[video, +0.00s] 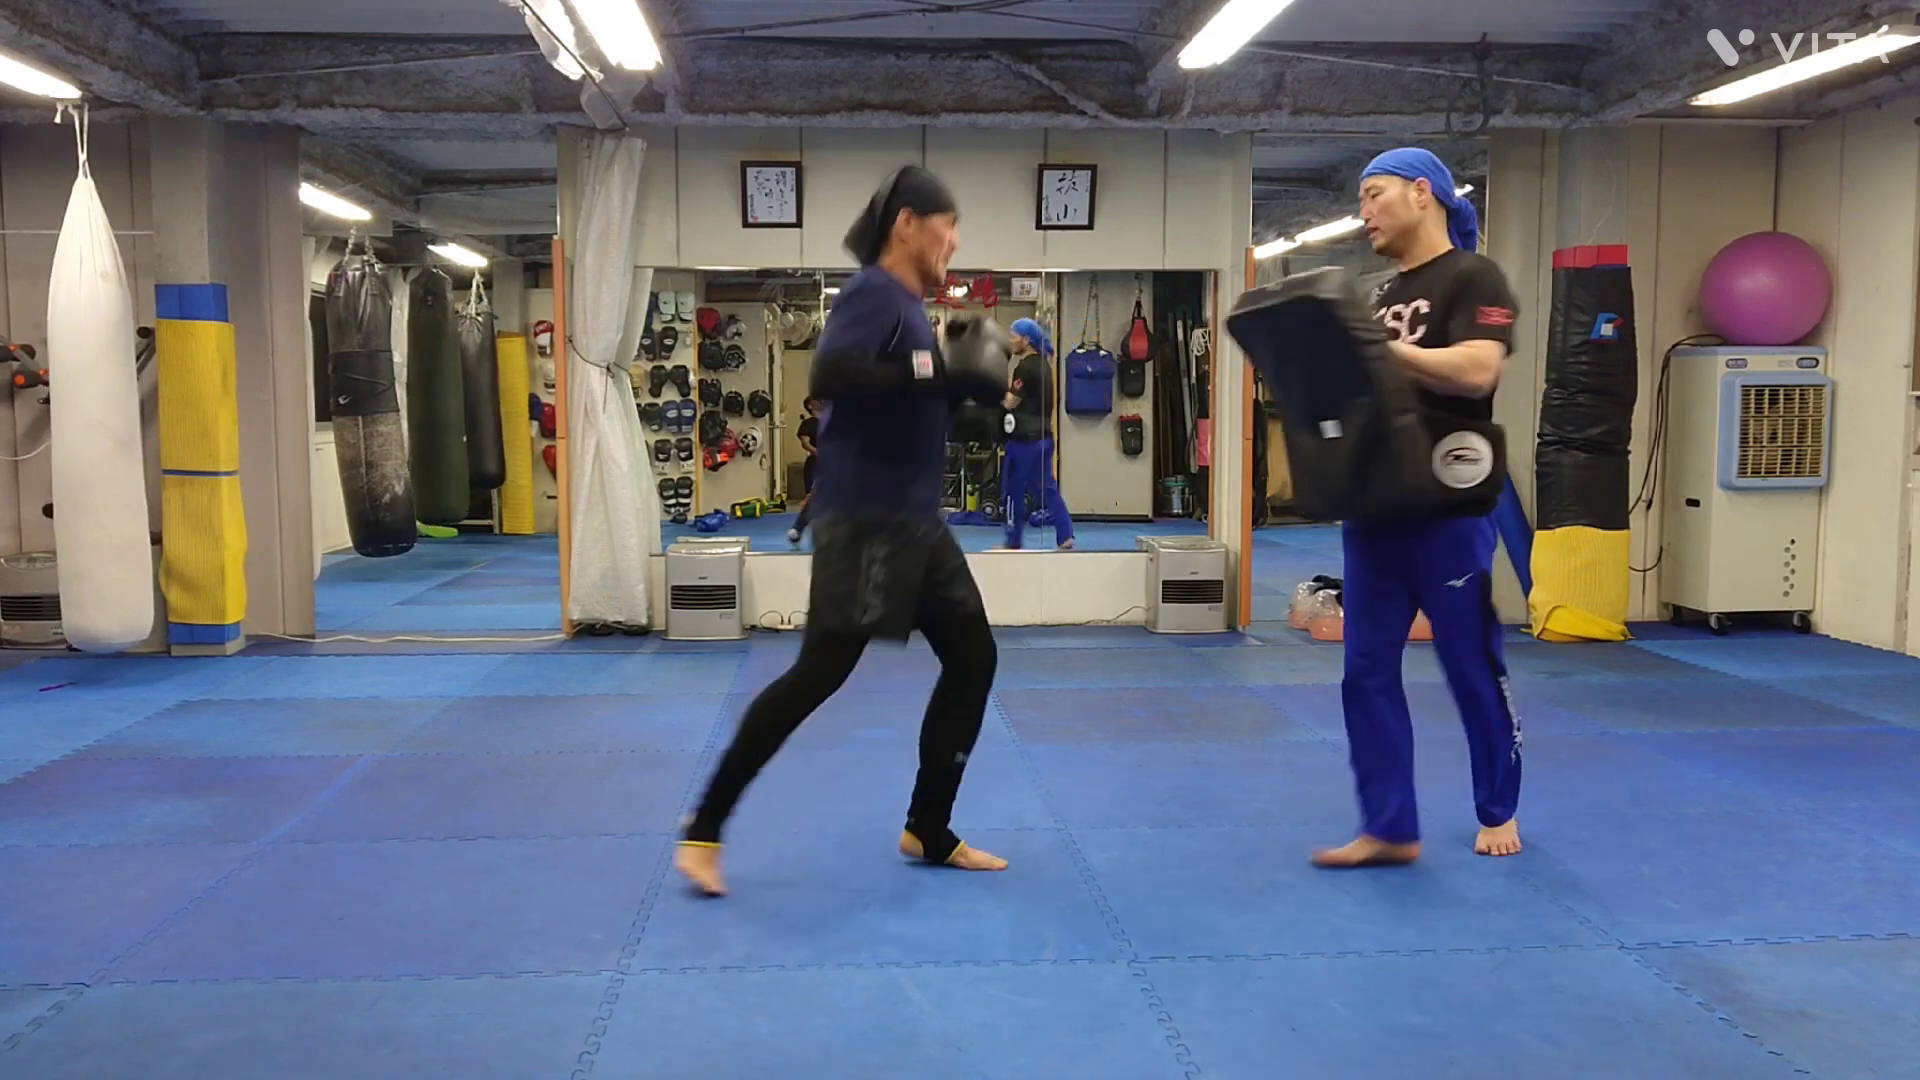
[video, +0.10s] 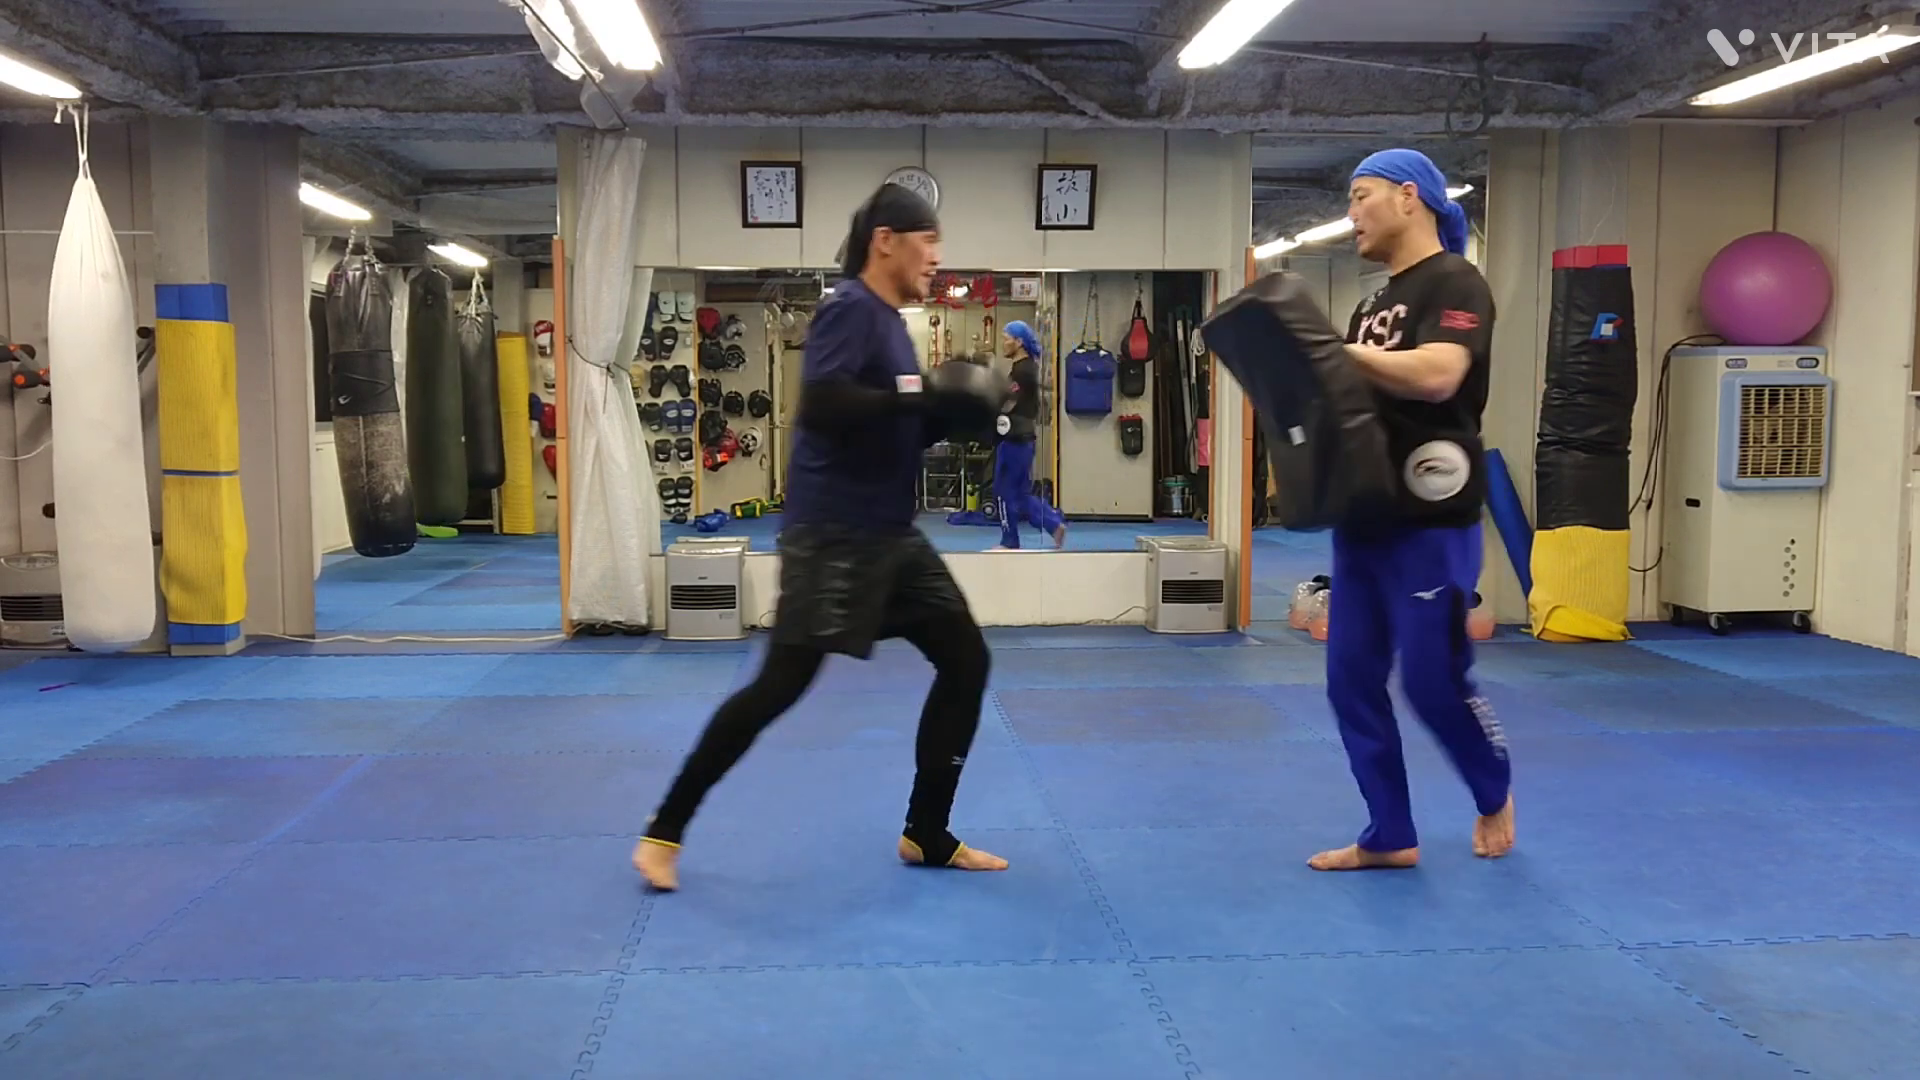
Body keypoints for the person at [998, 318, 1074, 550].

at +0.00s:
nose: (1011, 340)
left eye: (1014, 336)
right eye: (1011, 336)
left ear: (1026, 339)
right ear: (1028, 339)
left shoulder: (1026, 365)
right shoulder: (1043, 363)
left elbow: (1011, 401)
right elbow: (1046, 402)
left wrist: (998, 390)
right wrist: (1013, 395)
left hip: (1024, 438)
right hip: (1043, 436)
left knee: (1014, 488)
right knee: (1045, 486)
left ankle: (1013, 539)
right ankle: (1066, 536)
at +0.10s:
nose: (1003, 343)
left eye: (1006, 338)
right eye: (1004, 338)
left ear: (1019, 341)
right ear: (1018, 341)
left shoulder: (1022, 368)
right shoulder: (1025, 366)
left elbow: (1010, 399)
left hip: (1015, 436)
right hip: (1023, 434)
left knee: (1002, 489)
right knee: (1018, 492)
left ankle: (1009, 540)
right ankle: (1053, 524)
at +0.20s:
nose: (996, 342)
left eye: (1000, 338)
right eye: (996, 338)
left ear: (1012, 340)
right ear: (1009, 340)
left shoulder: (1019, 367)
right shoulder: (1010, 365)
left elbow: (1006, 402)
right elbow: (1004, 394)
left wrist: (983, 392)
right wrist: (987, 390)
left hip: (1013, 435)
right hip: (1008, 433)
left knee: (1002, 487)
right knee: (1002, 484)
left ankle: (1009, 540)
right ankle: (1023, 525)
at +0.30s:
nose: (991, 340)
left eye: (995, 336)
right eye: (991, 336)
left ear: (1008, 339)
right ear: (1000, 339)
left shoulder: (1016, 366)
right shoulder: (995, 365)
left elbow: (1005, 398)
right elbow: (990, 392)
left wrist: (979, 387)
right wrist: (972, 381)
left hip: (1008, 433)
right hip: (990, 432)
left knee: (1003, 486)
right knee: (985, 484)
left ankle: (1010, 539)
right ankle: (992, 535)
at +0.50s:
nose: (975, 345)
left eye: (980, 341)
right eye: (975, 341)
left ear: (994, 344)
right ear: (978, 344)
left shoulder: (1008, 372)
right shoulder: (972, 371)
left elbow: (1009, 402)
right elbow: (963, 398)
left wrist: (982, 395)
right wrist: (944, 386)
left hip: (1000, 436)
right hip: (975, 435)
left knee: (1002, 487)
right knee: (971, 484)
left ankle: (1009, 539)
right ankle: (967, 534)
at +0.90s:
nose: (975, 349)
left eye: (979, 345)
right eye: (972, 345)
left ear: (991, 347)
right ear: (970, 348)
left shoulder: (1006, 376)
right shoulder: (964, 375)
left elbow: (1013, 407)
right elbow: (951, 403)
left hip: (997, 442)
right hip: (969, 441)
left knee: (1002, 488)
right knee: (958, 484)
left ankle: (1002, 531)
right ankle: (962, 534)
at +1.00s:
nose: (976, 353)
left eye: (982, 348)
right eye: (974, 348)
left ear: (993, 351)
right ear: (971, 351)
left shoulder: (1005, 379)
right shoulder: (964, 377)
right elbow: (954, 407)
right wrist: (985, 406)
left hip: (997, 445)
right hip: (969, 444)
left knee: (1002, 492)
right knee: (951, 486)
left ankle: (1002, 533)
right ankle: (948, 532)